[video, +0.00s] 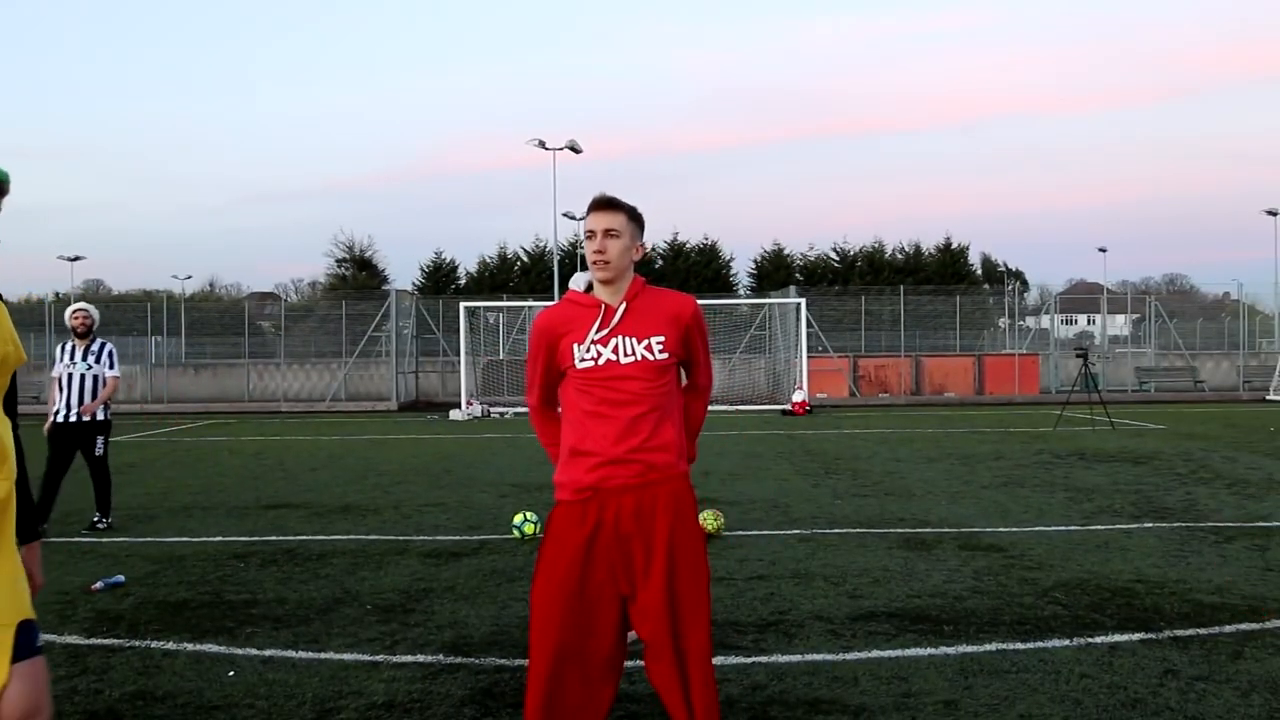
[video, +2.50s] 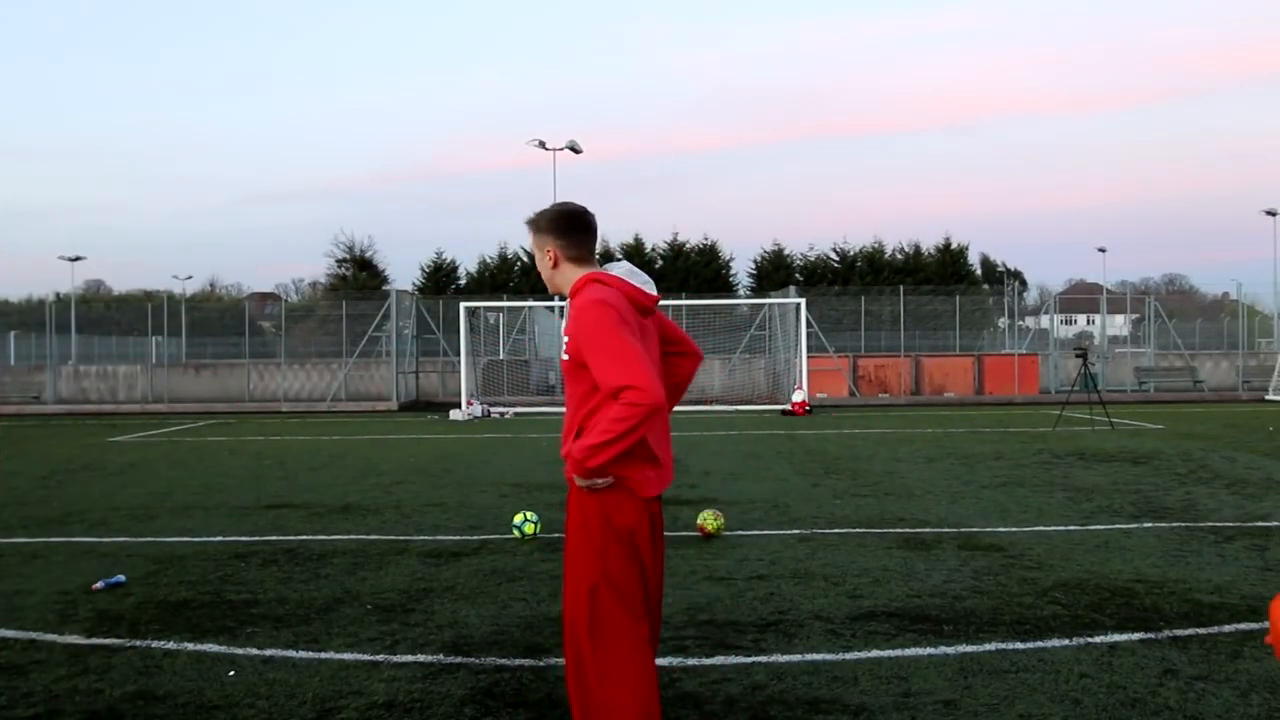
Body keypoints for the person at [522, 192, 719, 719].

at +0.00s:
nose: (597, 246)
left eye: (611, 236)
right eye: (591, 237)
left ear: (638, 249)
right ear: (582, 248)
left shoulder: (680, 311)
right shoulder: (553, 321)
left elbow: (699, 386)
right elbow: (540, 404)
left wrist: (677, 454)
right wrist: (571, 463)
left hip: (662, 500)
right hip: (581, 506)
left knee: (679, 645)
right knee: (559, 648)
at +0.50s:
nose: (634, 254)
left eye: (647, 242)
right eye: (625, 244)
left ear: (671, 251)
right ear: (616, 253)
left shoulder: (692, 320)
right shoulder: (615, 294)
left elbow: (762, 384)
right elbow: (603, 228)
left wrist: (844, 425)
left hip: (649, 499)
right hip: (583, 497)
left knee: (686, 650)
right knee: (555, 652)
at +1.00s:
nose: (634, 253)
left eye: (645, 241)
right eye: (627, 245)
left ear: (675, 248)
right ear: (626, 256)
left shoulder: (698, 308)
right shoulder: (647, 303)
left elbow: (759, 400)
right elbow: (629, 263)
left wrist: (728, 475)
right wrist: (625, 218)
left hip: (679, 505)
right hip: (624, 501)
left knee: (703, 655)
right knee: (596, 646)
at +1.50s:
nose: (576, 256)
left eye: (587, 244)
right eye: (569, 248)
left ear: (615, 250)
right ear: (565, 257)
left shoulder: (649, 304)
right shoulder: (580, 312)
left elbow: (701, 391)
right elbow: (554, 322)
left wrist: (710, 479)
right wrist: (536, 326)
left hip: (631, 485)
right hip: (581, 486)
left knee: (613, 627)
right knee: (572, 633)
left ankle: (669, 714)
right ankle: (585, 718)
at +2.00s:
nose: (543, 263)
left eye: (552, 250)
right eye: (541, 253)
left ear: (590, 250)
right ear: (579, 254)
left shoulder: (628, 305)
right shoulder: (580, 309)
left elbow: (691, 397)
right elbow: (594, 401)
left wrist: (662, 478)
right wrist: (560, 457)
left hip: (614, 493)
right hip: (577, 493)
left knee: (603, 639)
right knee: (576, 638)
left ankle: (615, 716)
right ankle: (583, 715)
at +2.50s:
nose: (536, 267)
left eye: (534, 257)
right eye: (533, 258)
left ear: (549, 256)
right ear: (590, 249)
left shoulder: (592, 305)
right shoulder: (624, 297)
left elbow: (640, 394)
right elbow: (684, 353)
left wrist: (586, 456)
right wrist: (645, 417)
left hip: (606, 501)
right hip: (632, 497)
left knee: (604, 641)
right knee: (624, 638)